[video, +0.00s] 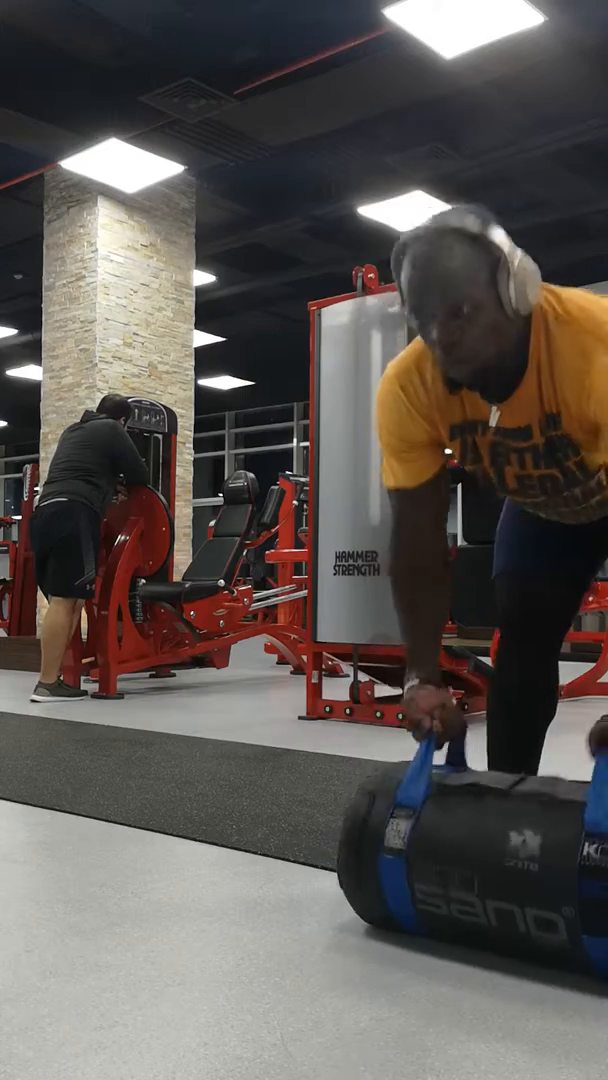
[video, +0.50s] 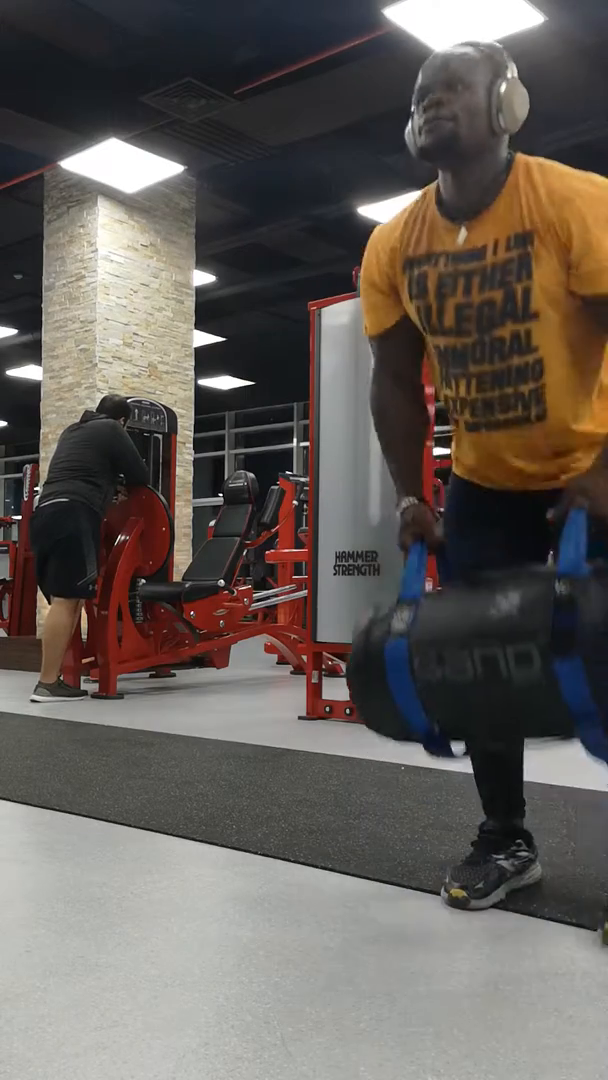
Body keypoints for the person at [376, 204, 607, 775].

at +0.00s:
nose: (439, 338)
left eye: (459, 314)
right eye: (423, 318)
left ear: (511, 294)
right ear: (410, 316)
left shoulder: (593, 348)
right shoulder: (409, 389)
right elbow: (417, 539)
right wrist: (423, 676)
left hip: (604, 496)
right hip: (545, 509)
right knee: (521, 652)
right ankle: (506, 819)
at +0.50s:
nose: (424, 109)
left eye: (445, 93)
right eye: (418, 99)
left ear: (503, 105)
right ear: (414, 123)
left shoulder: (576, 202)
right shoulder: (395, 242)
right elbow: (394, 376)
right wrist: (408, 491)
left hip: (590, 468)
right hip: (485, 477)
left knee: (596, 646)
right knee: (476, 649)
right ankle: (504, 835)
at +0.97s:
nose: (493, 141)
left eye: (510, 127)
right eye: (485, 133)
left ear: (555, 143)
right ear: (475, 157)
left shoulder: (589, 221)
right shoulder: (443, 258)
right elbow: (428, 371)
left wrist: (595, 446)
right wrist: (415, 456)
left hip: (568, 483)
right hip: (466, 488)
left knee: (572, 649)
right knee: (474, 653)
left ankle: (564, 794)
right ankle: (486, 827)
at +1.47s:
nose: (488, 196)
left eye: (501, 184)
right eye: (474, 186)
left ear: (529, 193)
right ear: (455, 199)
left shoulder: (566, 271)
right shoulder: (420, 286)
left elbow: (590, 371)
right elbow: (404, 387)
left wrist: (575, 452)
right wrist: (406, 464)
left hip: (539, 487)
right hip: (445, 491)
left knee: (558, 632)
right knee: (436, 624)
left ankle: (562, 792)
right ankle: (435, 755)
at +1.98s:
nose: (447, 242)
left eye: (459, 229)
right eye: (436, 232)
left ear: (487, 227)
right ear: (421, 235)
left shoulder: (527, 290)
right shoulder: (402, 308)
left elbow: (552, 381)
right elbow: (388, 393)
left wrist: (518, 455)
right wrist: (377, 465)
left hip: (500, 490)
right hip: (416, 494)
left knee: (514, 620)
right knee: (417, 626)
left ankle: (528, 760)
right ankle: (433, 760)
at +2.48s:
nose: (480, 255)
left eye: (492, 243)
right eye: (470, 245)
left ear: (523, 238)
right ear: (457, 247)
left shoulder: (558, 307)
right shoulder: (439, 317)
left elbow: (579, 400)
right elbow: (424, 401)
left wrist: (547, 485)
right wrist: (415, 476)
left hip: (524, 504)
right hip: (448, 504)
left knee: (532, 626)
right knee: (441, 622)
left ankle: (536, 759)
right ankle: (443, 750)